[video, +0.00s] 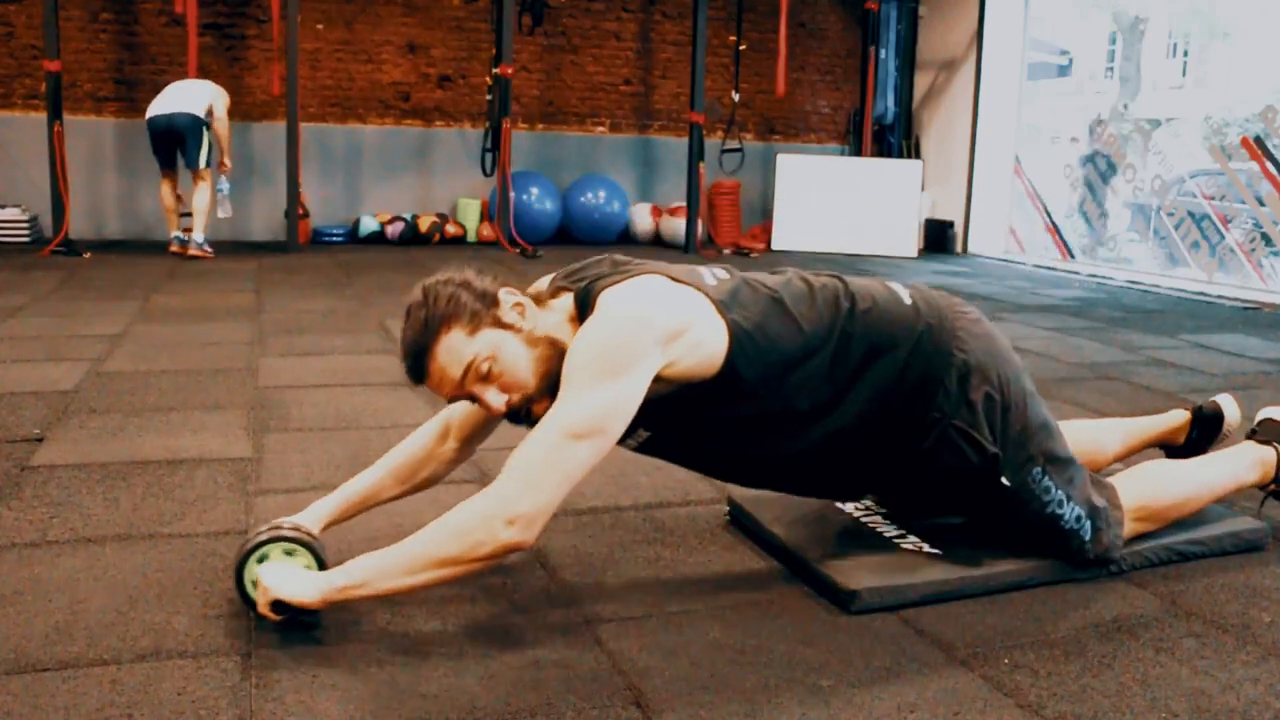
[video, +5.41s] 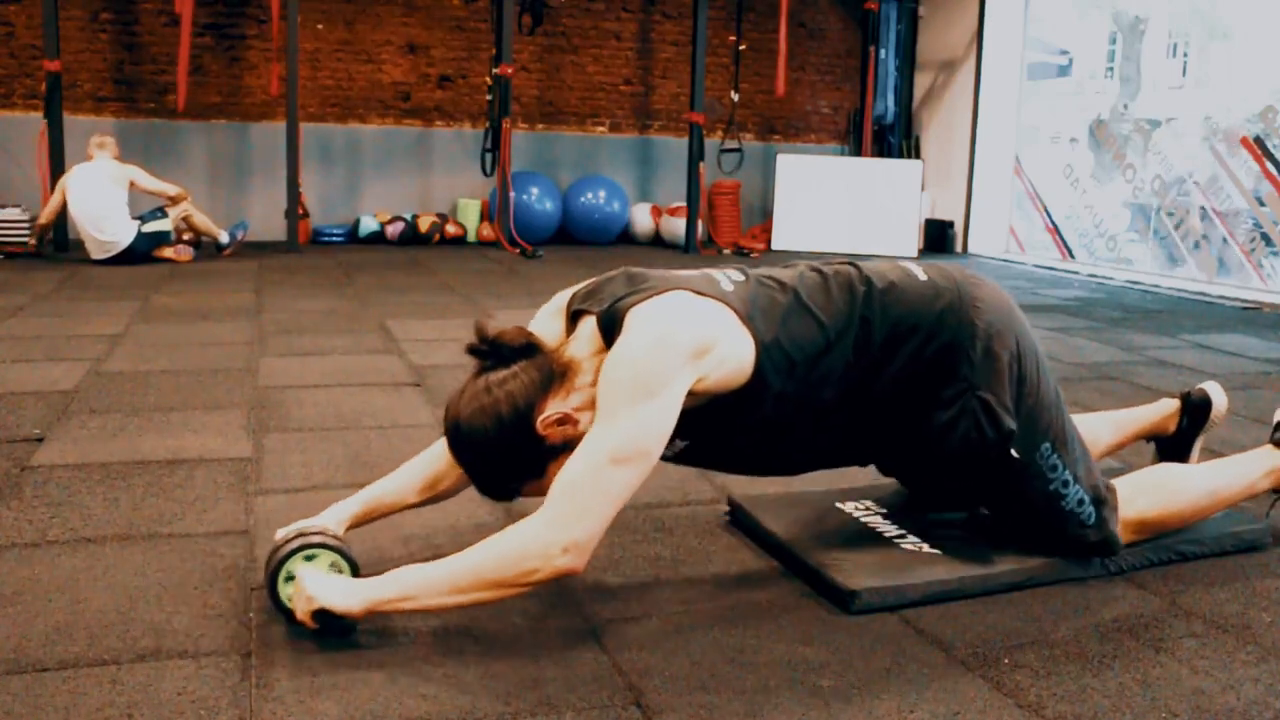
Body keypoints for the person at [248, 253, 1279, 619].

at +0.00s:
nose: (482, 402)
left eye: (474, 371)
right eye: (460, 401)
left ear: (513, 309)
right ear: (466, 377)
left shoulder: (624, 330)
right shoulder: (550, 326)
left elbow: (510, 524)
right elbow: (442, 439)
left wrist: (331, 587)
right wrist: (313, 519)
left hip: (937, 378)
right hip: (872, 398)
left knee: (1098, 530)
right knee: (1042, 486)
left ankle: (1258, 458)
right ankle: (1198, 419)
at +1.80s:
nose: (633, 388)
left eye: (612, 378)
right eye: (610, 385)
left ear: (633, 325)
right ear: (622, 326)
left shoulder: (732, 277)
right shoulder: (637, 274)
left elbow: (639, 464)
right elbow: (542, 392)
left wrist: (488, 561)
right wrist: (450, 491)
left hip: (1018, 309)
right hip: (937, 341)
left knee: (1091, 525)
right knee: (992, 484)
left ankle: (1260, 456)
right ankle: (1171, 418)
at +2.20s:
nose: (744, 323)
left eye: (733, 311)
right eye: (726, 321)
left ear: (746, 250)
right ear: (735, 248)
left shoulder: (852, 211)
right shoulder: (731, 203)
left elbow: (792, 411)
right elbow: (664, 360)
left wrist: (664, 543)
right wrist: (603, 489)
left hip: (1084, 296)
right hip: (988, 328)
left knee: (1094, 529)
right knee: (991, 484)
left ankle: (1269, 457)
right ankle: (1165, 423)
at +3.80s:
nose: (601, 383)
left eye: (588, 367)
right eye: (576, 380)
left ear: (608, 307)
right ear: (594, 309)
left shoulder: (722, 266)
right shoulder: (620, 269)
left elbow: (644, 465)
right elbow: (541, 392)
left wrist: (491, 562)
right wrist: (452, 493)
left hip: (1007, 324)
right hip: (922, 359)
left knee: (1106, 525)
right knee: (1002, 482)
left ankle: (1264, 450)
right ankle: (1171, 413)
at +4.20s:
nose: (527, 480)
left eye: (515, 464)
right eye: (510, 473)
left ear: (527, 406)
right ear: (515, 411)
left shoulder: (628, 357)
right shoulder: (537, 330)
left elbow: (512, 555)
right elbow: (423, 450)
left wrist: (323, 596)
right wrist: (299, 519)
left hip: (931, 373)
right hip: (862, 375)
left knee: (1094, 522)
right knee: (1018, 481)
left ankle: (1264, 457)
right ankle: (1174, 405)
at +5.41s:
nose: (581, 458)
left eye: (566, 451)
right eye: (560, 460)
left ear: (564, 400)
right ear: (542, 402)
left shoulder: (657, 350)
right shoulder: (561, 323)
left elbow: (558, 546)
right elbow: (467, 448)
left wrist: (369, 594)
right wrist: (343, 513)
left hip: (956, 341)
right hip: (904, 323)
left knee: (1092, 525)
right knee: (1000, 493)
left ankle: (1271, 466)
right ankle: (1174, 410)